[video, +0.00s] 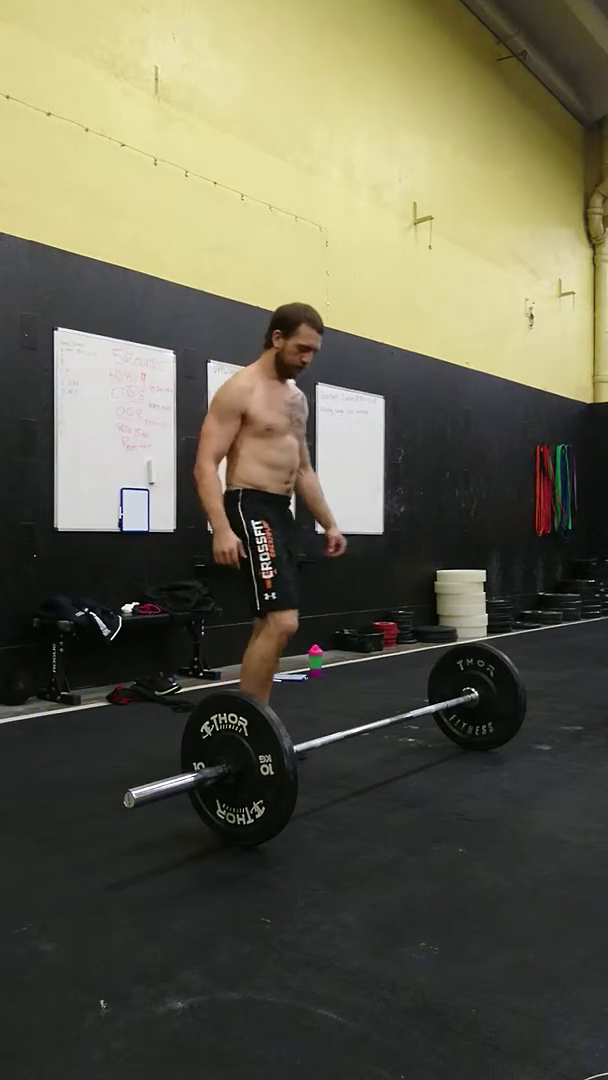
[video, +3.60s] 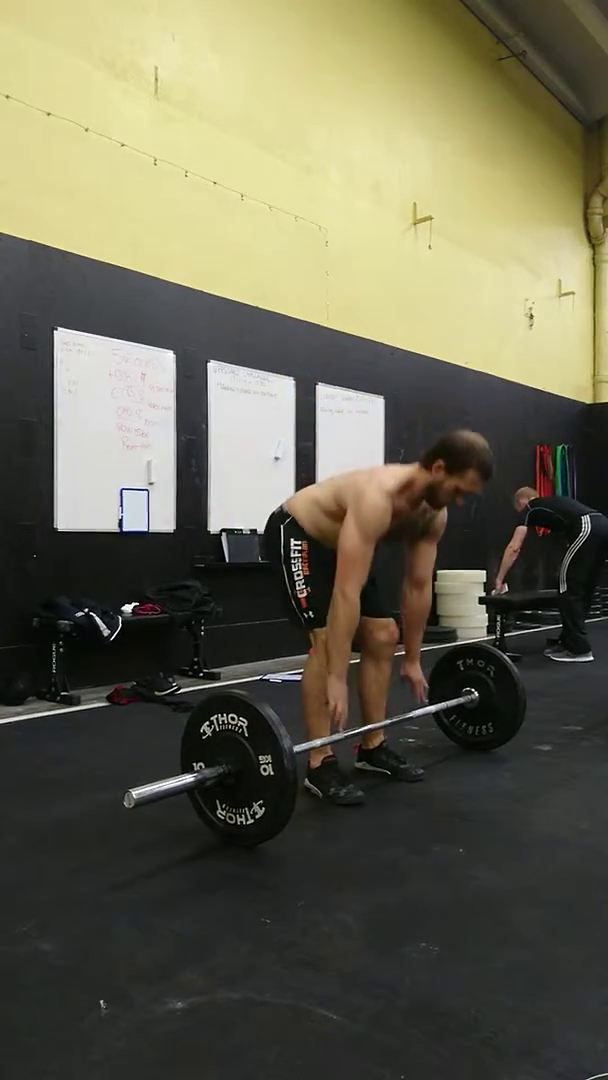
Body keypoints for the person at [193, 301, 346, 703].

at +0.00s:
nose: (308, 360)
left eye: (313, 352)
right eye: (303, 349)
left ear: (317, 349)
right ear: (276, 339)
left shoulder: (297, 397)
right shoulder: (239, 388)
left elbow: (302, 469)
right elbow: (205, 465)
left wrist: (328, 522)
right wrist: (221, 529)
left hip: (280, 510)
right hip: (250, 506)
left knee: (270, 625)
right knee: (282, 621)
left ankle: (251, 726)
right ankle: (246, 726)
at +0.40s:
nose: (339, 355)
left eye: (345, 348)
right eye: (334, 345)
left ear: (345, 346)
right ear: (307, 335)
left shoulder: (328, 397)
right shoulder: (270, 386)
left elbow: (334, 472)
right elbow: (244, 465)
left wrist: (361, 529)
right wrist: (243, 538)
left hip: (315, 513)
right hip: (281, 510)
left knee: (327, 629)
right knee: (303, 631)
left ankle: (267, 719)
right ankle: (304, 748)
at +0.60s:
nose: (357, 355)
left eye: (363, 347)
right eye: (351, 345)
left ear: (363, 344)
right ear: (324, 334)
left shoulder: (341, 395)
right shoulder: (288, 381)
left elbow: (346, 472)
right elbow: (264, 457)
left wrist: (373, 531)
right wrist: (283, 528)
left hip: (332, 516)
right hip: (294, 515)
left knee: (363, 619)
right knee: (303, 636)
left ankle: (318, 717)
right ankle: (302, 749)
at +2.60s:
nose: (398, 344)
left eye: (405, 337)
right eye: (392, 334)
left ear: (404, 333)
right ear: (364, 322)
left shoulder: (389, 385)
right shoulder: (325, 374)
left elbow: (389, 464)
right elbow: (291, 452)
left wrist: (406, 526)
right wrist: (309, 524)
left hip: (374, 516)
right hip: (335, 515)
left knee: (369, 638)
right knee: (330, 641)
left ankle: (372, 747)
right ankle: (319, 761)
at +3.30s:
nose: (441, 386)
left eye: (448, 378)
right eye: (438, 375)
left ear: (440, 369)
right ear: (411, 357)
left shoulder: (418, 419)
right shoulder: (356, 401)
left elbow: (411, 495)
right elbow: (326, 487)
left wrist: (417, 570)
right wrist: (332, 571)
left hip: (355, 516)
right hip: (312, 512)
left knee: (372, 636)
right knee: (328, 638)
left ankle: (371, 746)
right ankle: (319, 761)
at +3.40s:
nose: (453, 425)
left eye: (459, 418)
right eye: (451, 414)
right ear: (425, 395)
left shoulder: (425, 450)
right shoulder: (365, 433)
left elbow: (413, 525)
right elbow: (338, 523)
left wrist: (413, 601)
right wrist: (337, 607)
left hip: (351, 526)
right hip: (305, 520)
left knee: (373, 635)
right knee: (328, 638)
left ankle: (371, 744)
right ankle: (320, 761)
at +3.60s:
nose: (459, 501)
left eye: (467, 495)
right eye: (459, 491)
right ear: (437, 468)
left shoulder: (433, 513)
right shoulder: (375, 498)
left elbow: (419, 586)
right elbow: (346, 593)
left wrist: (413, 659)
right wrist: (336, 678)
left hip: (352, 545)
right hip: (298, 536)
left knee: (382, 636)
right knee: (328, 643)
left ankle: (373, 746)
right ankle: (320, 761)